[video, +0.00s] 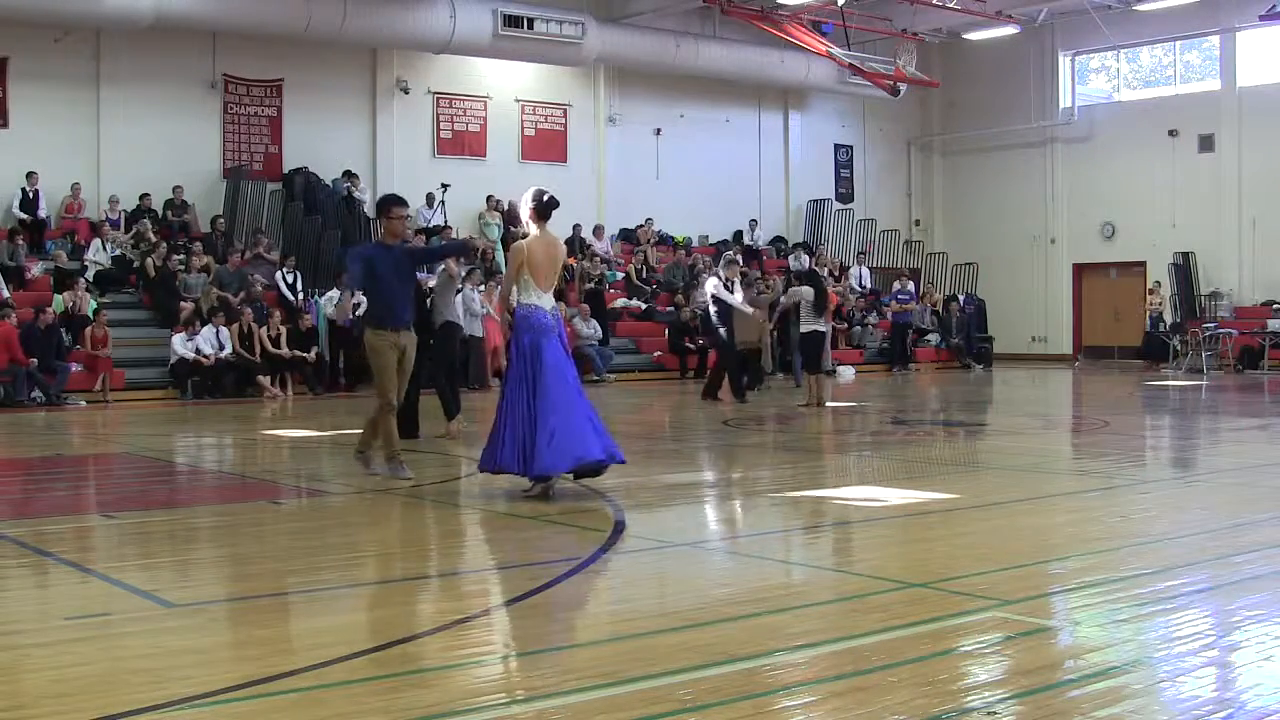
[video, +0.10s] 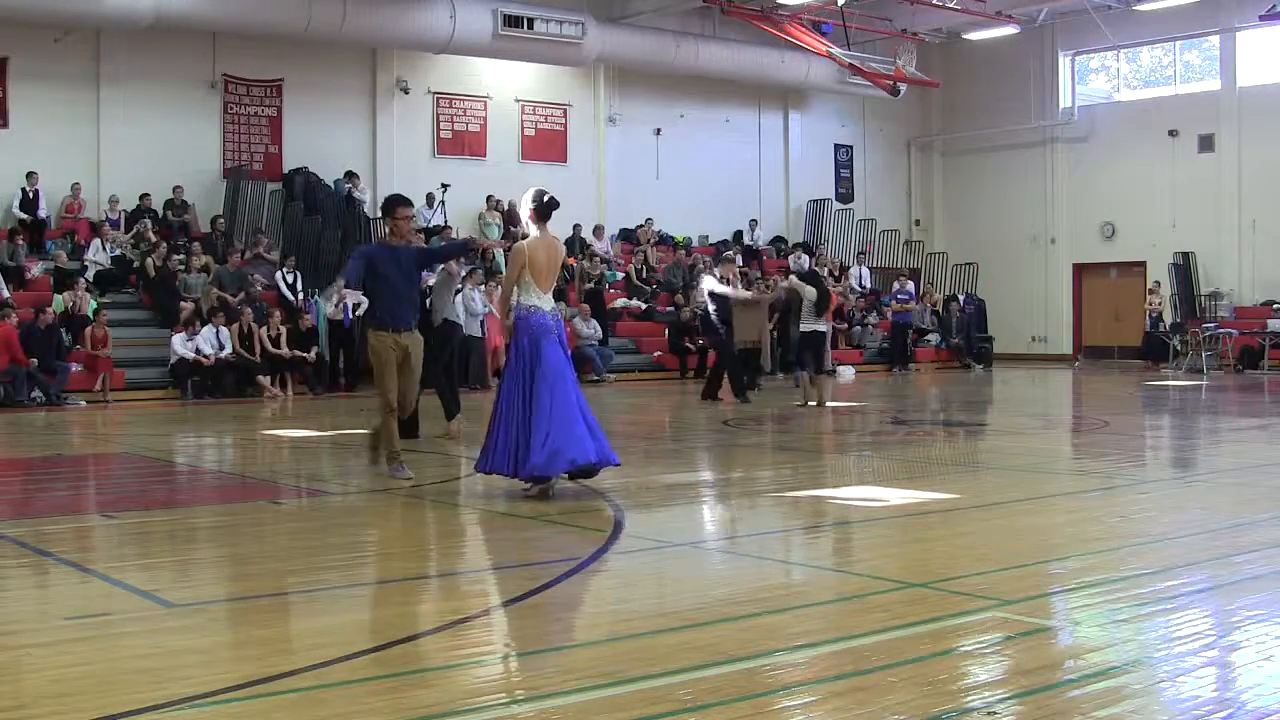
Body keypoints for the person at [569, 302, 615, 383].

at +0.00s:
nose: (587, 313)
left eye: (588, 311)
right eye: (585, 311)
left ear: (590, 312)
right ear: (580, 312)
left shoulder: (593, 321)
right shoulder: (576, 321)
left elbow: (599, 335)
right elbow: (581, 333)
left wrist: (586, 335)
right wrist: (593, 332)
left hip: (594, 344)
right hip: (582, 345)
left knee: (608, 354)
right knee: (592, 353)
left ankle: (595, 374)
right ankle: (602, 374)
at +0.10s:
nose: (587, 313)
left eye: (588, 311)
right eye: (585, 311)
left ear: (590, 311)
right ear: (580, 312)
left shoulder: (593, 321)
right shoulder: (576, 321)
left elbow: (600, 335)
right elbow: (581, 333)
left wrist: (587, 336)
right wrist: (593, 332)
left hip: (595, 344)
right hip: (583, 344)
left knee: (609, 354)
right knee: (592, 354)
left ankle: (596, 373)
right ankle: (602, 373)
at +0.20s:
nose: (587, 313)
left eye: (589, 311)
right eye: (585, 311)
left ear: (590, 311)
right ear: (580, 312)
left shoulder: (593, 321)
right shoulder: (576, 321)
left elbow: (600, 335)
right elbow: (581, 333)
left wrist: (587, 336)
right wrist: (593, 332)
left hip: (595, 344)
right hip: (583, 344)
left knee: (609, 354)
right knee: (593, 355)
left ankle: (597, 373)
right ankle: (602, 373)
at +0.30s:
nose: (587, 313)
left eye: (589, 311)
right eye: (585, 311)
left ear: (590, 311)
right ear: (580, 312)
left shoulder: (593, 321)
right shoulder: (576, 321)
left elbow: (600, 335)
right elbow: (582, 333)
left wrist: (586, 336)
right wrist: (593, 332)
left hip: (595, 344)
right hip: (583, 344)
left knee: (609, 354)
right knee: (592, 354)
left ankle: (598, 373)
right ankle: (602, 373)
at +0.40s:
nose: (587, 313)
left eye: (589, 311)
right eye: (585, 311)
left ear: (590, 311)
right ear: (580, 312)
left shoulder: (593, 321)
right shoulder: (576, 321)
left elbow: (600, 335)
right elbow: (581, 333)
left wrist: (586, 336)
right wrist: (593, 332)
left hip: (594, 344)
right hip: (583, 344)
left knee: (609, 354)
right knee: (593, 354)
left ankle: (597, 373)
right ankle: (602, 373)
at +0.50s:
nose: (587, 313)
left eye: (589, 311)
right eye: (585, 311)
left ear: (590, 311)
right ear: (580, 312)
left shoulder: (593, 321)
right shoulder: (576, 321)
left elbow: (600, 335)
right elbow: (582, 333)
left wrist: (587, 336)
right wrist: (594, 332)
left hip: (595, 344)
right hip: (583, 344)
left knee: (609, 354)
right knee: (593, 354)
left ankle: (597, 373)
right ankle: (602, 373)